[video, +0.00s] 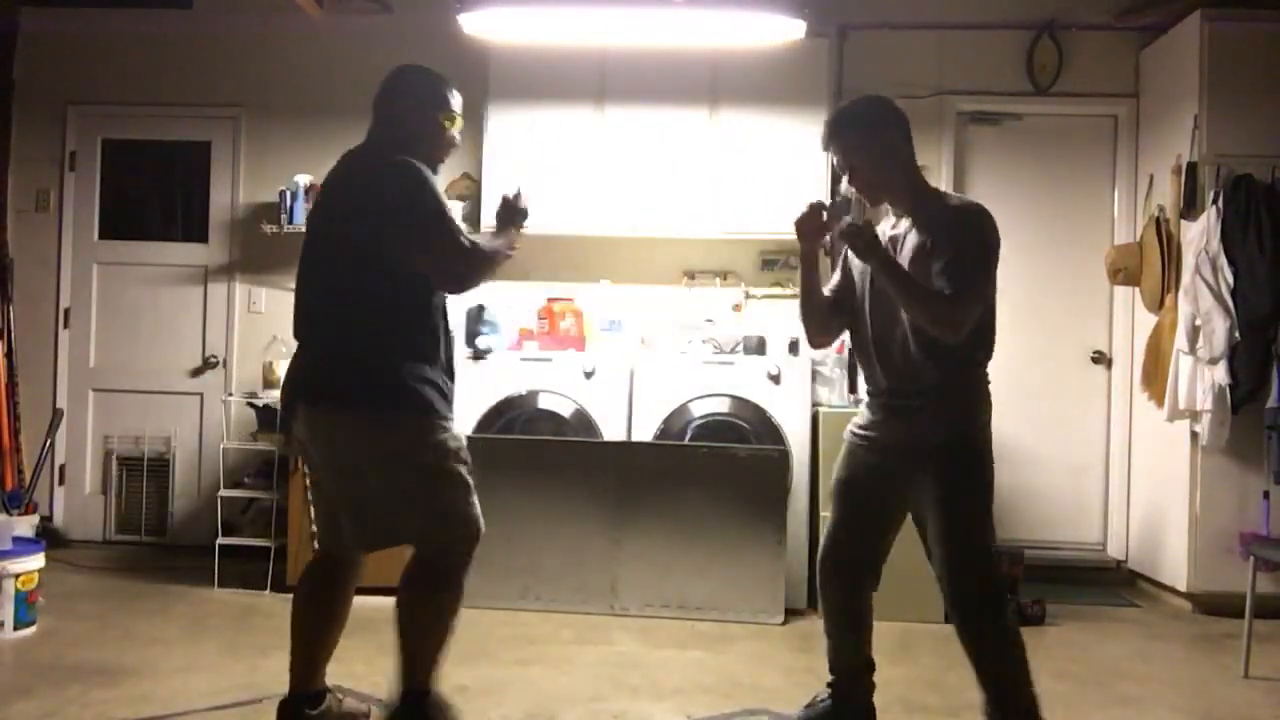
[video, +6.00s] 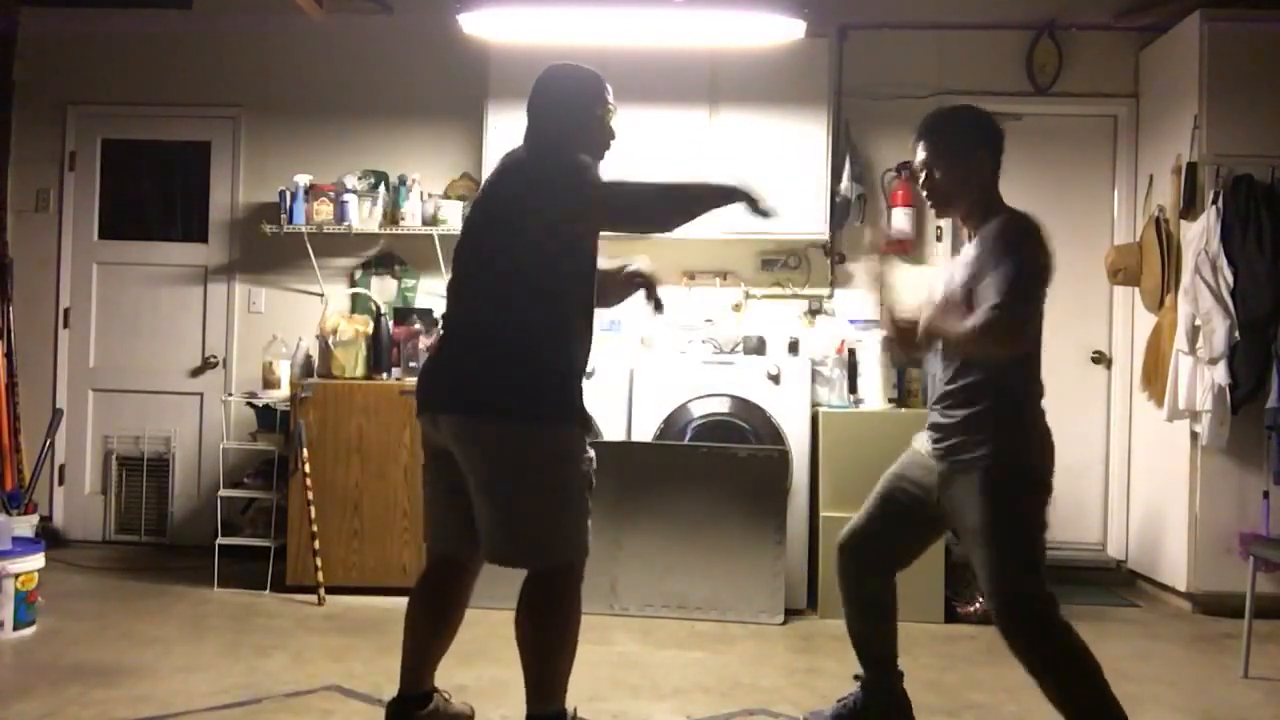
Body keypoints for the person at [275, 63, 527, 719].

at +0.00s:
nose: (454, 134)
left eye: (456, 121)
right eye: (447, 119)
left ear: (384, 115)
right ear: (412, 115)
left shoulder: (344, 177)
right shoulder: (402, 177)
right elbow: (458, 269)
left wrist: (462, 235)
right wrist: (503, 238)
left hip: (321, 397)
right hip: (390, 400)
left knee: (338, 547)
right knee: (452, 533)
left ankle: (304, 696)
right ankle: (416, 698)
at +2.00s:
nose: (616, 257)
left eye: (615, 242)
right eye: (610, 241)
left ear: (548, 236)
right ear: (583, 240)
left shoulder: (477, 268)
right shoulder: (576, 304)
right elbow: (667, 388)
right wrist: (739, 431)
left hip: (368, 434)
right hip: (459, 447)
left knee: (402, 565)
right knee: (564, 558)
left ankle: (320, 685)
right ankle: (575, 712)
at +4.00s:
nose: (619, 120)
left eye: (614, 106)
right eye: (606, 106)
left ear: (551, 115)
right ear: (571, 114)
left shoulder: (521, 180)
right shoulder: (577, 187)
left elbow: (569, 252)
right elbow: (608, 276)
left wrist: (622, 215)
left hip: (475, 396)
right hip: (552, 405)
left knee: (469, 537)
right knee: (599, 553)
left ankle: (381, 669)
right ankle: (594, 711)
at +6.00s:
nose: (612, 130)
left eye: (611, 116)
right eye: (604, 116)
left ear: (541, 115)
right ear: (573, 115)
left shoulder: (505, 182)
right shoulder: (557, 176)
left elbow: (559, 289)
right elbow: (650, 205)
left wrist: (632, 279)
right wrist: (731, 192)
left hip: (448, 397)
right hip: (525, 404)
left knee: (454, 556)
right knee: (559, 558)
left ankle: (412, 696)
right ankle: (547, 712)